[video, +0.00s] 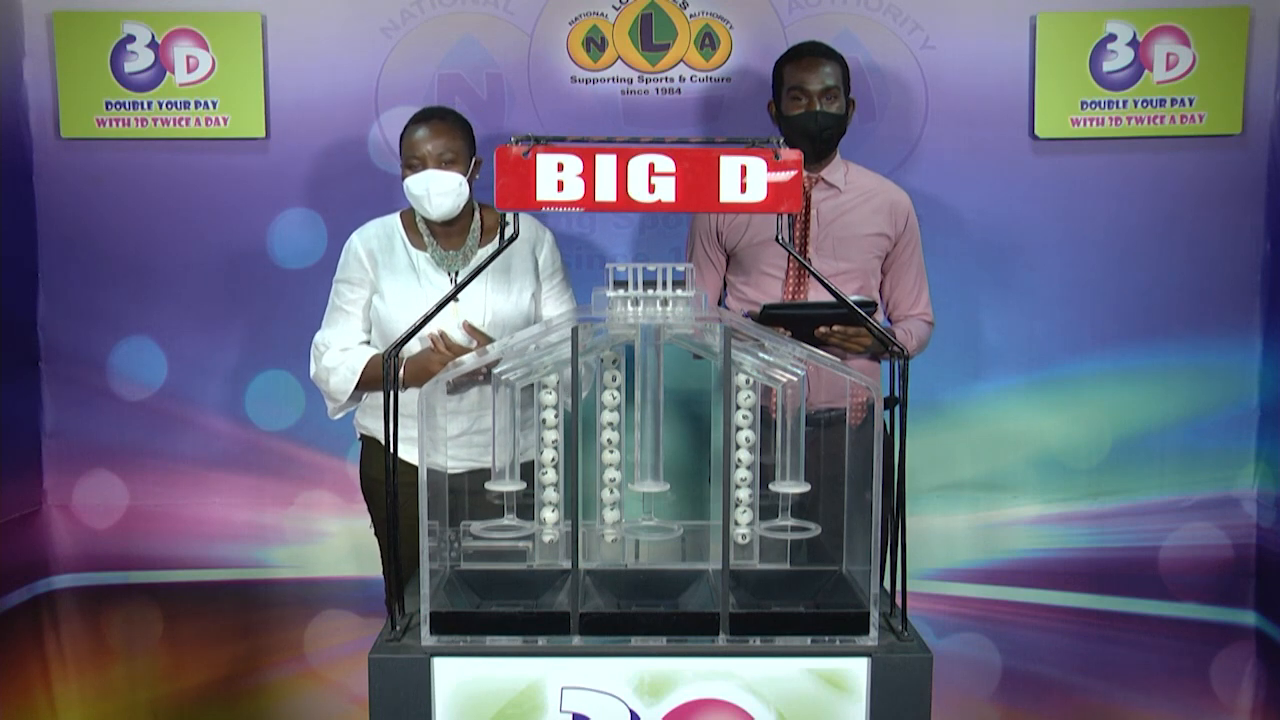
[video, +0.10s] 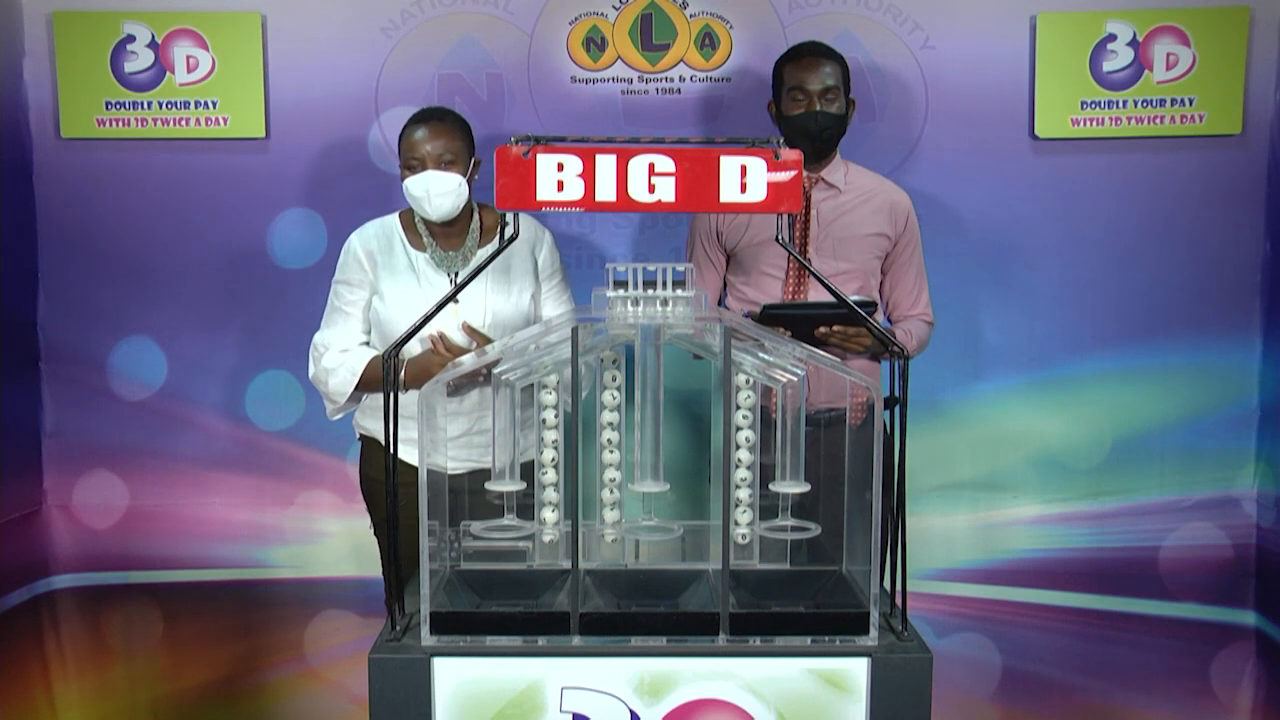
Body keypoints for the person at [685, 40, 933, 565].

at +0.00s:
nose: (814, 109)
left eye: (830, 95)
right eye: (797, 96)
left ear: (849, 108)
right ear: (775, 109)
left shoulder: (888, 204)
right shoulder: (727, 200)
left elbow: (915, 321)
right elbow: (694, 317)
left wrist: (876, 341)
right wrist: (758, 335)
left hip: (843, 417)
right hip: (750, 418)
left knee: (843, 581)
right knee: (752, 580)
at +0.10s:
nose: (814, 109)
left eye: (829, 95)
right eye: (797, 96)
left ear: (849, 107)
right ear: (775, 108)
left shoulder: (888, 204)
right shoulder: (727, 201)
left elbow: (916, 320)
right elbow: (695, 318)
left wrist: (877, 341)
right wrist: (757, 334)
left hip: (843, 417)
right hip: (751, 418)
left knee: (843, 579)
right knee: (752, 578)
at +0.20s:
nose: (814, 109)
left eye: (830, 96)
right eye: (797, 96)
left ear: (849, 108)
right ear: (775, 109)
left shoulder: (888, 204)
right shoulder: (727, 201)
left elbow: (915, 321)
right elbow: (695, 318)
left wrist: (877, 341)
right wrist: (757, 334)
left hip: (842, 417)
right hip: (750, 418)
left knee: (843, 579)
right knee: (751, 579)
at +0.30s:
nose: (814, 109)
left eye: (830, 96)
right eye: (797, 96)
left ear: (849, 108)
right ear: (775, 109)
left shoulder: (888, 204)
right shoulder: (727, 201)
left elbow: (915, 321)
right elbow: (695, 318)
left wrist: (877, 341)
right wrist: (758, 335)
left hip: (842, 416)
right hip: (750, 417)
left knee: (843, 579)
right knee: (751, 578)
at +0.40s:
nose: (815, 109)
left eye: (830, 96)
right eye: (797, 96)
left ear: (849, 108)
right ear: (775, 109)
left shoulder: (888, 205)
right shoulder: (727, 200)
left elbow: (915, 321)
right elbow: (695, 318)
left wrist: (876, 341)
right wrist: (759, 337)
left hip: (842, 416)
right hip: (751, 417)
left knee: (843, 580)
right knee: (752, 579)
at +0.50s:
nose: (814, 109)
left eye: (830, 95)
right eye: (797, 96)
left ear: (849, 108)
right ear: (775, 109)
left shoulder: (888, 205)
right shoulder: (727, 201)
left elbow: (915, 321)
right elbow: (695, 319)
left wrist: (876, 341)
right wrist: (759, 335)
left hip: (842, 416)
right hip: (750, 418)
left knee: (842, 579)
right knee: (751, 578)